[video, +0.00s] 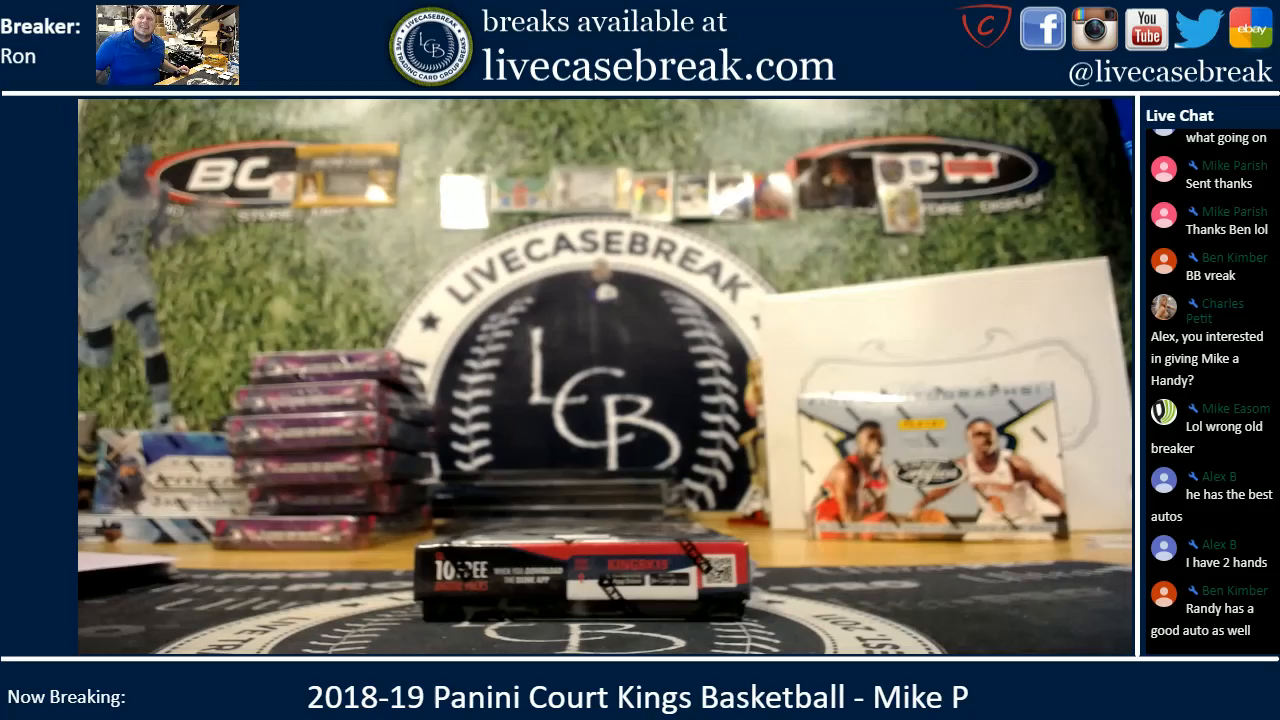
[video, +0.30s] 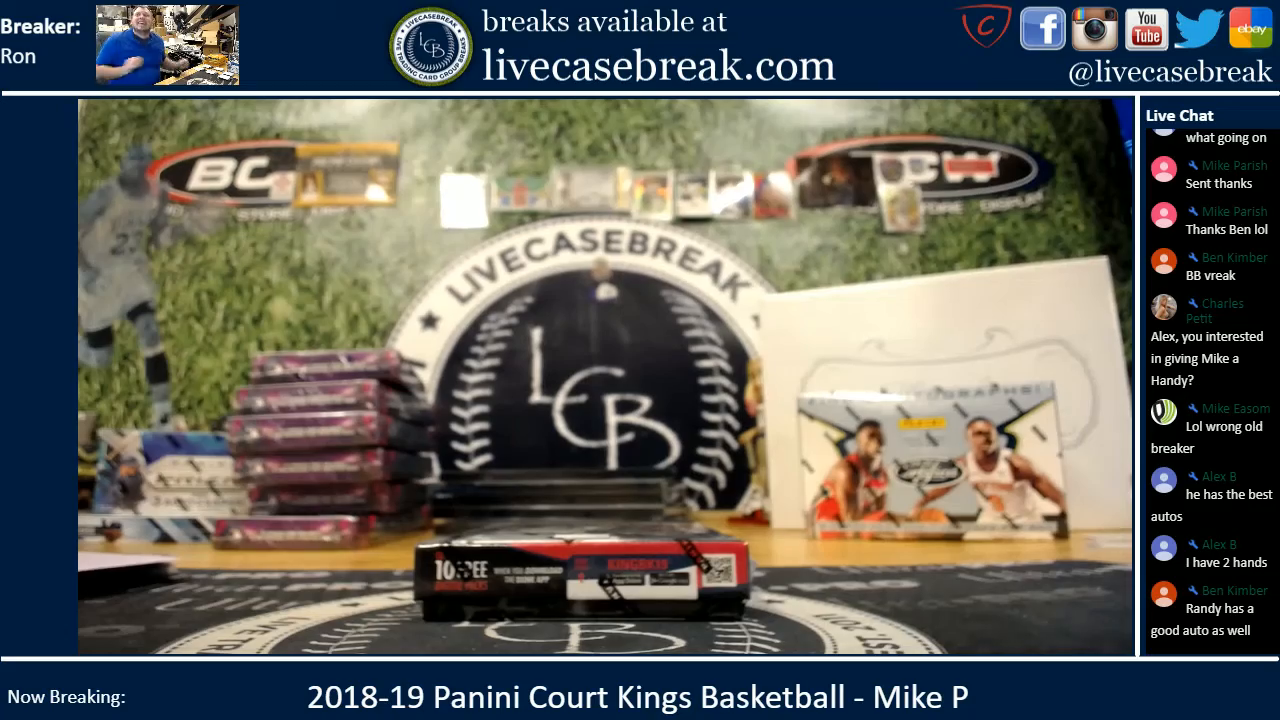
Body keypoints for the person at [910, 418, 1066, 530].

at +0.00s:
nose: (985, 440)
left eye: (989, 435)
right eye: (979, 435)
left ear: (995, 438)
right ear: (969, 440)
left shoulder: (1013, 463)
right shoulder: (964, 465)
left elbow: (1038, 481)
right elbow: (946, 485)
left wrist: (1061, 503)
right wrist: (922, 502)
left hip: (1025, 520)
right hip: (990, 521)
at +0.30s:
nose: (985, 438)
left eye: (989, 433)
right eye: (979, 434)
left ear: (995, 437)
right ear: (969, 438)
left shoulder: (1013, 462)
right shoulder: (964, 464)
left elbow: (1038, 481)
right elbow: (947, 484)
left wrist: (1062, 503)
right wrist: (923, 501)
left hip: (1026, 518)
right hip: (991, 519)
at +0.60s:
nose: (985, 439)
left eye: (989, 434)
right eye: (979, 434)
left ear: (995, 437)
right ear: (968, 439)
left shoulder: (1013, 461)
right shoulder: (964, 464)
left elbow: (1038, 481)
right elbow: (946, 485)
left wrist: (1063, 503)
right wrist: (924, 500)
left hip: (1026, 518)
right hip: (991, 520)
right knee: (970, 547)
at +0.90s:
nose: (986, 439)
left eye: (989, 434)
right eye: (979, 434)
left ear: (995, 437)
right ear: (968, 438)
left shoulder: (1013, 461)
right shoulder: (964, 464)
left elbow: (1038, 482)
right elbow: (946, 485)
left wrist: (1063, 503)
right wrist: (923, 501)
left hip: (1026, 518)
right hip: (991, 519)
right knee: (971, 547)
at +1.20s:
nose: (986, 438)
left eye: (989, 434)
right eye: (979, 434)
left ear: (995, 437)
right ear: (969, 439)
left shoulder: (1013, 461)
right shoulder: (964, 464)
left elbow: (1038, 482)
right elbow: (946, 485)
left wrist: (1063, 504)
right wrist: (923, 501)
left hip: (1026, 518)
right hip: (991, 520)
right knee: (971, 548)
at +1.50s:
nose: (986, 438)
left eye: (989, 434)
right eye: (979, 434)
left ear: (995, 437)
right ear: (969, 438)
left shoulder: (1013, 462)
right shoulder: (964, 465)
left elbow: (1038, 482)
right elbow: (946, 485)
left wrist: (1062, 503)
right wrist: (923, 501)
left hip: (1026, 519)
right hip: (990, 521)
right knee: (969, 546)